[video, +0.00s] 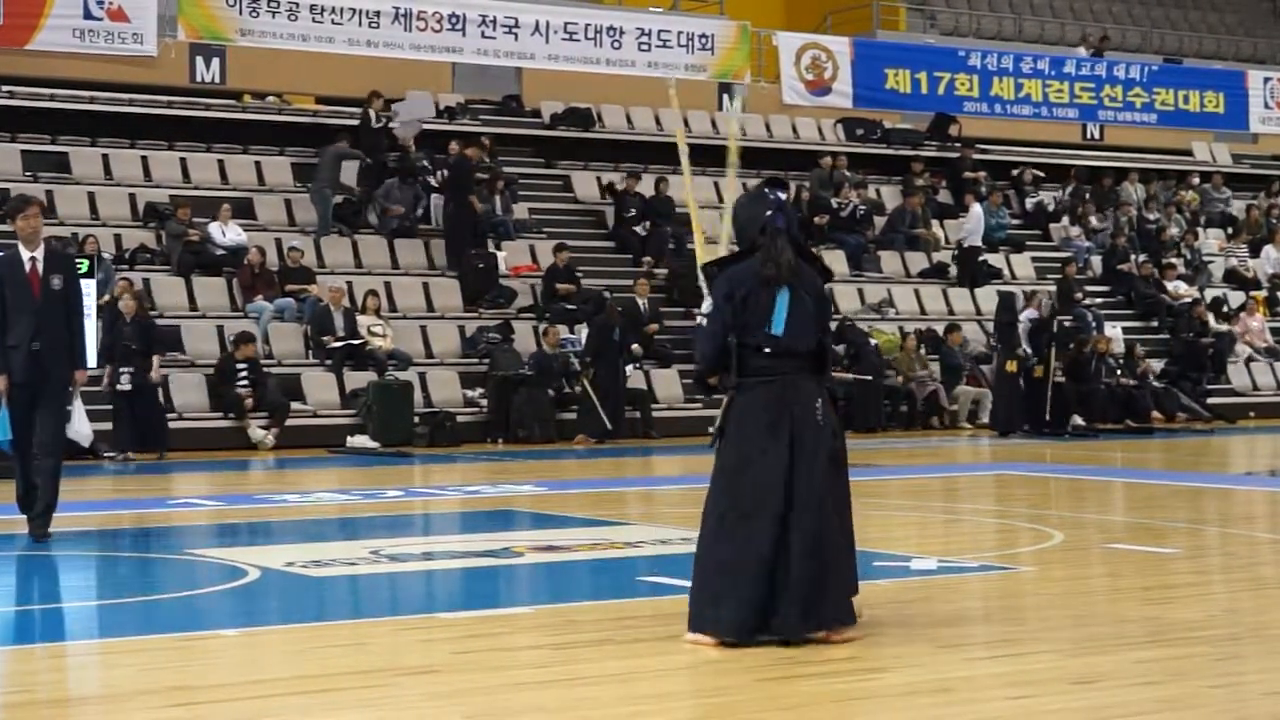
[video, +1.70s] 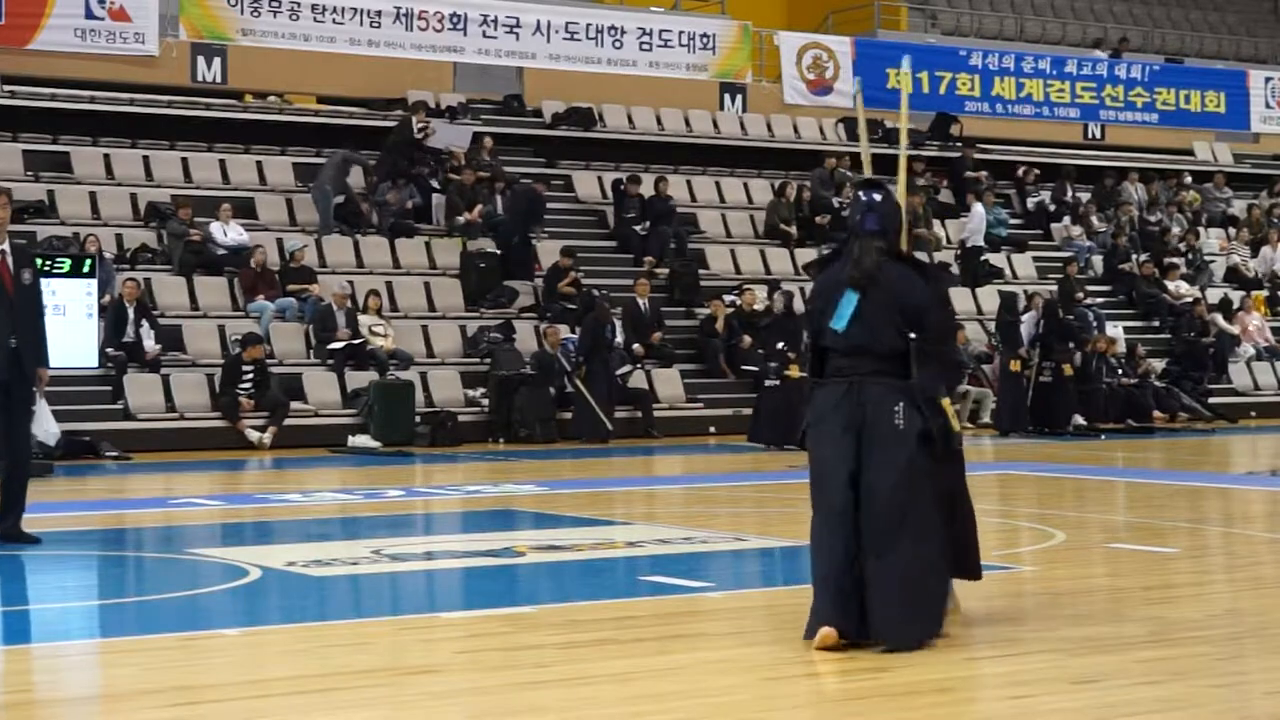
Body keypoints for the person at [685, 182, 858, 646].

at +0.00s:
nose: (736, 236)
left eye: (738, 228)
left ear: (745, 231)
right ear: (787, 226)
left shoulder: (734, 279)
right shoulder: (812, 280)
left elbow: (709, 352)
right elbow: (821, 353)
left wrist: (723, 370)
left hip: (754, 407)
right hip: (809, 407)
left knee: (736, 510)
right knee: (816, 509)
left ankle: (716, 622)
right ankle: (825, 617)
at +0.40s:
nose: (772, 220)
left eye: (776, 212)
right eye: (775, 212)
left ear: (785, 217)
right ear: (825, 212)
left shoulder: (773, 267)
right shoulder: (850, 265)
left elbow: (751, 338)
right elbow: (860, 338)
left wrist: (752, 360)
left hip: (791, 393)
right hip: (842, 390)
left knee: (774, 496)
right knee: (846, 493)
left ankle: (765, 607)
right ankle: (853, 604)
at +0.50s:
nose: (781, 229)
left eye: (783, 222)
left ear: (789, 226)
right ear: (833, 224)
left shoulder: (776, 279)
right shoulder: (855, 281)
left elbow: (750, 347)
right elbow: (865, 345)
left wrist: (756, 369)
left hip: (797, 405)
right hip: (852, 404)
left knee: (783, 505)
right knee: (866, 504)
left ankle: (773, 615)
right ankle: (897, 608)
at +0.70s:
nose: (810, 237)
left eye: (815, 229)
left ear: (823, 232)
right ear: (866, 227)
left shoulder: (822, 281)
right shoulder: (888, 279)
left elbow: (793, 354)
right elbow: (888, 342)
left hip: (839, 405)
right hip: (891, 404)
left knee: (804, 506)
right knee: (905, 509)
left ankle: (777, 613)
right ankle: (940, 612)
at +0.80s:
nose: (827, 242)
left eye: (831, 233)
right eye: (827, 232)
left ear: (845, 234)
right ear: (878, 228)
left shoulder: (850, 282)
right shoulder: (901, 274)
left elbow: (824, 355)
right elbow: (915, 343)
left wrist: (800, 323)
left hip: (866, 409)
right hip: (915, 405)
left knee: (827, 507)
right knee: (916, 511)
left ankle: (799, 613)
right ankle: (938, 614)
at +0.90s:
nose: (840, 242)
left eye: (846, 232)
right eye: (840, 231)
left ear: (864, 235)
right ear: (894, 231)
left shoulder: (868, 283)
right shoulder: (914, 274)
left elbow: (848, 356)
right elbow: (921, 342)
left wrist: (836, 379)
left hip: (887, 408)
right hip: (929, 404)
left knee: (845, 505)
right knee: (917, 511)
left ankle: (826, 615)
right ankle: (914, 612)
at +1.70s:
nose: (897, 231)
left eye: (869, 225)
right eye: (898, 225)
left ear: (852, 228)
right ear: (896, 230)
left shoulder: (827, 282)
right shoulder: (913, 282)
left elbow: (813, 353)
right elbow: (940, 349)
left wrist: (821, 397)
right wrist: (928, 393)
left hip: (832, 404)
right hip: (892, 405)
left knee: (832, 508)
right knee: (893, 509)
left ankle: (829, 618)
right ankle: (899, 618)